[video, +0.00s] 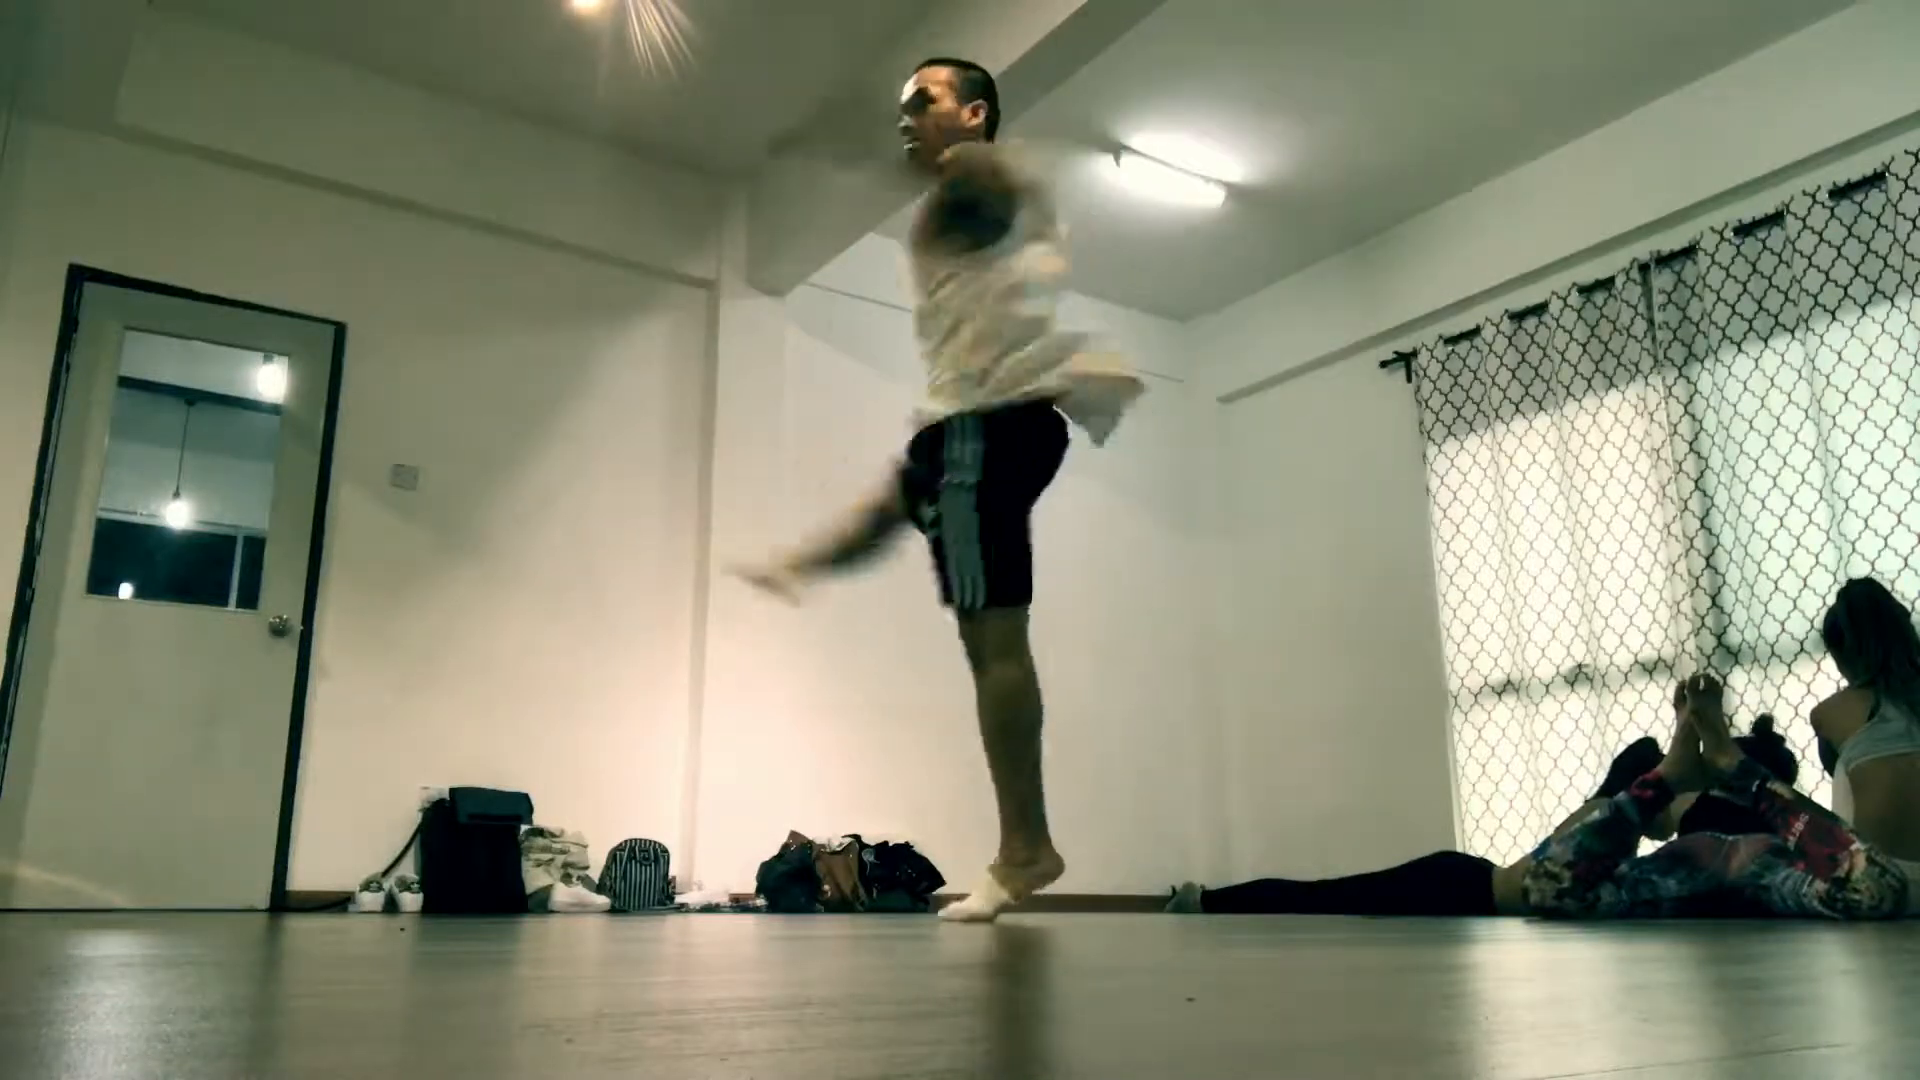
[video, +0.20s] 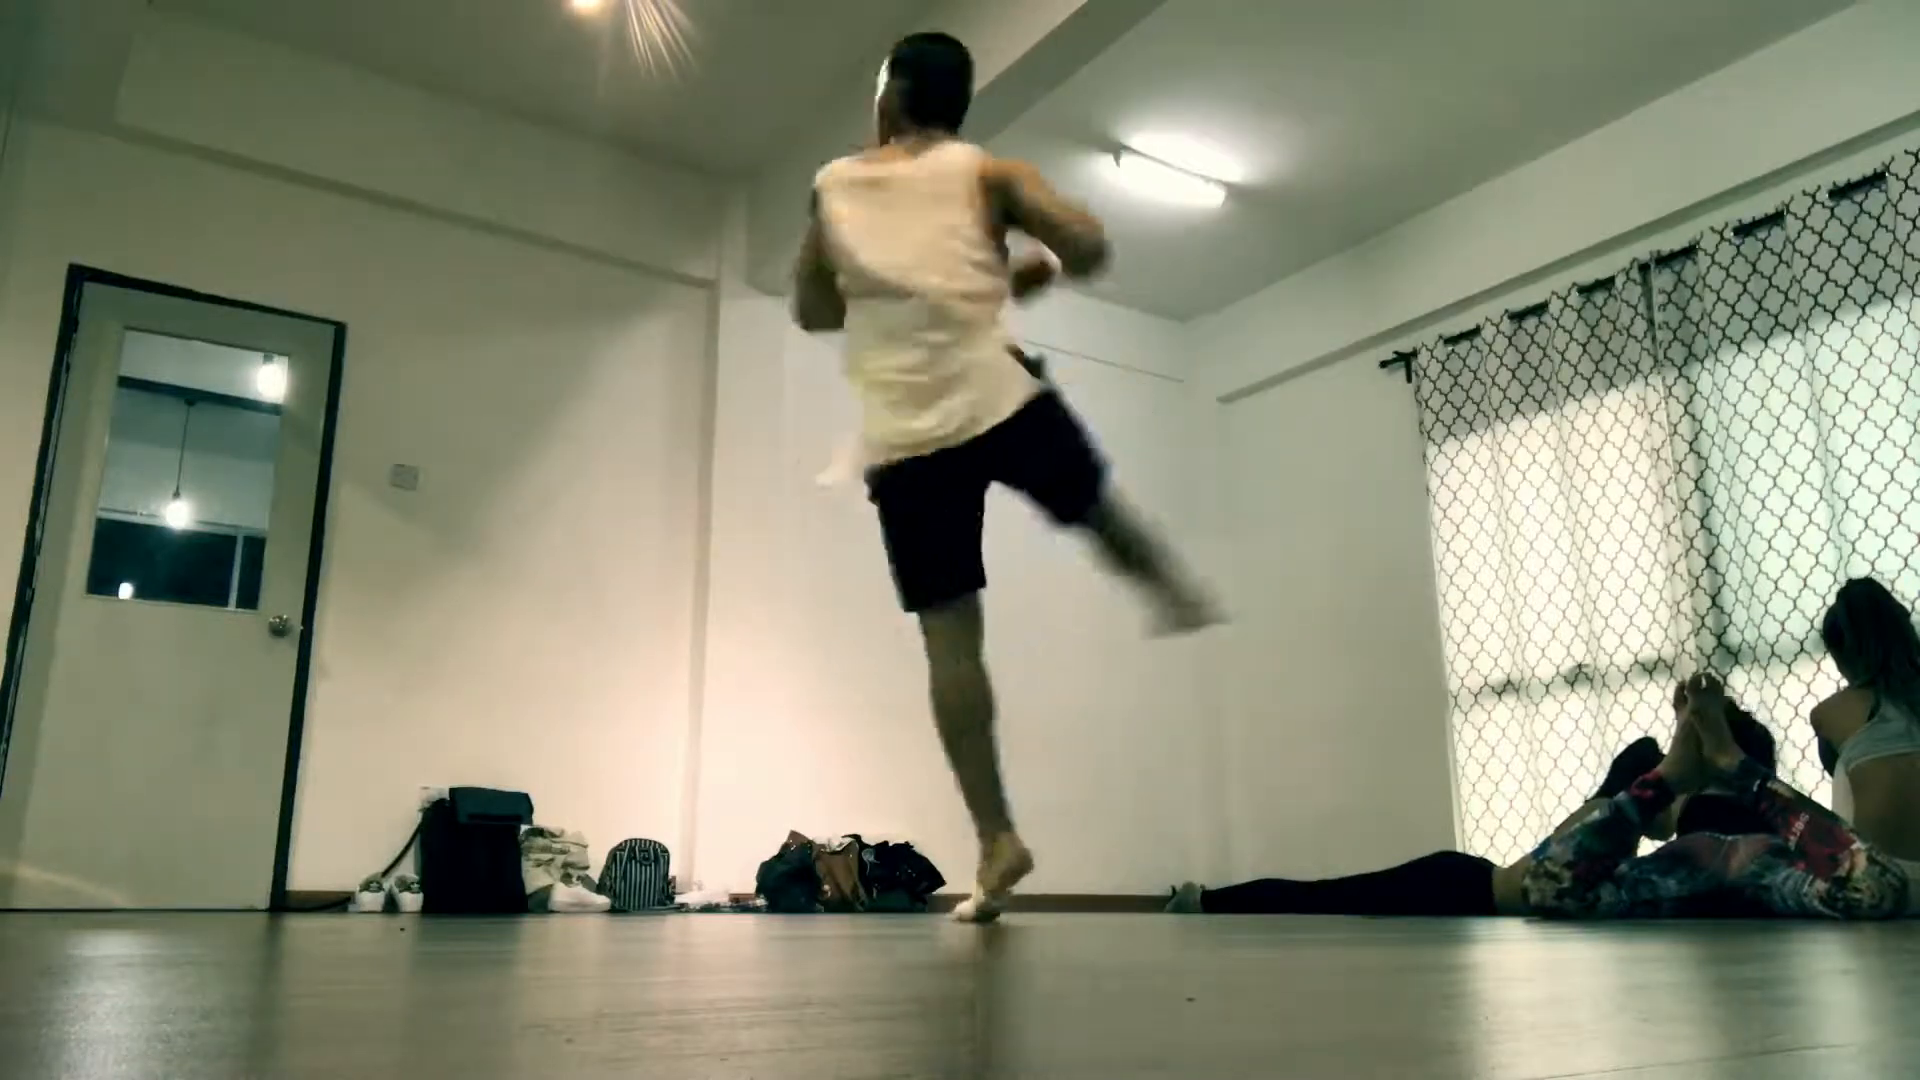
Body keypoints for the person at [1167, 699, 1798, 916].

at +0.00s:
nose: (1676, 776)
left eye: (1676, 768)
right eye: (1672, 769)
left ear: (1656, 779)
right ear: (1653, 781)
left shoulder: (1628, 814)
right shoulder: (1623, 815)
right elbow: (1670, 800)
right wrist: (1695, 736)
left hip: (1479, 882)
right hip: (1472, 883)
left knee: (1338, 895)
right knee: (1333, 896)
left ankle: (1213, 898)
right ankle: (1207, 899)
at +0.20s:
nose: (1684, 727)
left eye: (1701, 726)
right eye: (1692, 720)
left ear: (1728, 757)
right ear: (1698, 749)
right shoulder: (1645, 797)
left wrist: (1700, 723)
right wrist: (1695, 724)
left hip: (1482, 890)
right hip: (1472, 882)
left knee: (1337, 899)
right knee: (1332, 896)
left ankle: (1211, 901)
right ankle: (1205, 901)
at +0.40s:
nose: (1682, 723)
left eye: (1700, 723)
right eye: (1686, 715)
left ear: (1730, 751)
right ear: (1684, 737)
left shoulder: (1717, 811)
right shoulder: (1643, 784)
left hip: (1486, 893)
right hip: (1472, 881)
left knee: (1340, 899)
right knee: (1334, 895)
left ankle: (1212, 901)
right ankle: (1205, 901)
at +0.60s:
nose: (1676, 718)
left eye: (1691, 714)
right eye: (1679, 710)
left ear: (1723, 740)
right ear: (1689, 731)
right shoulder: (1645, 785)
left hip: (1483, 887)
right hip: (1475, 878)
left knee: (1338, 899)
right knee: (1333, 894)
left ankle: (1212, 902)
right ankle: (1208, 900)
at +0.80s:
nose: (1666, 810)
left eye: (1664, 795)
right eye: (1651, 786)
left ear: (1637, 784)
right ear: (1632, 784)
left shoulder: (1621, 825)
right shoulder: (1613, 823)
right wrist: (1685, 728)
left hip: (1470, 887)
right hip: (1463, 887)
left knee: (1332, 896)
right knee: (1327, 898)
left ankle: (1212, 899)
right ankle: (1206, 902)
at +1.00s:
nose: (1668, 801)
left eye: (1666, 790)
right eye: (1662, 787)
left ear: (1643, 784)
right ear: (1642, 786)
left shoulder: (1622, 820)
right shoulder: (1612, 824)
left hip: (1470, 882)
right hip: (1463, 885)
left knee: (1334, 893)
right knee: (1330, 897)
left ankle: (1211, 897)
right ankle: (1204, 902)